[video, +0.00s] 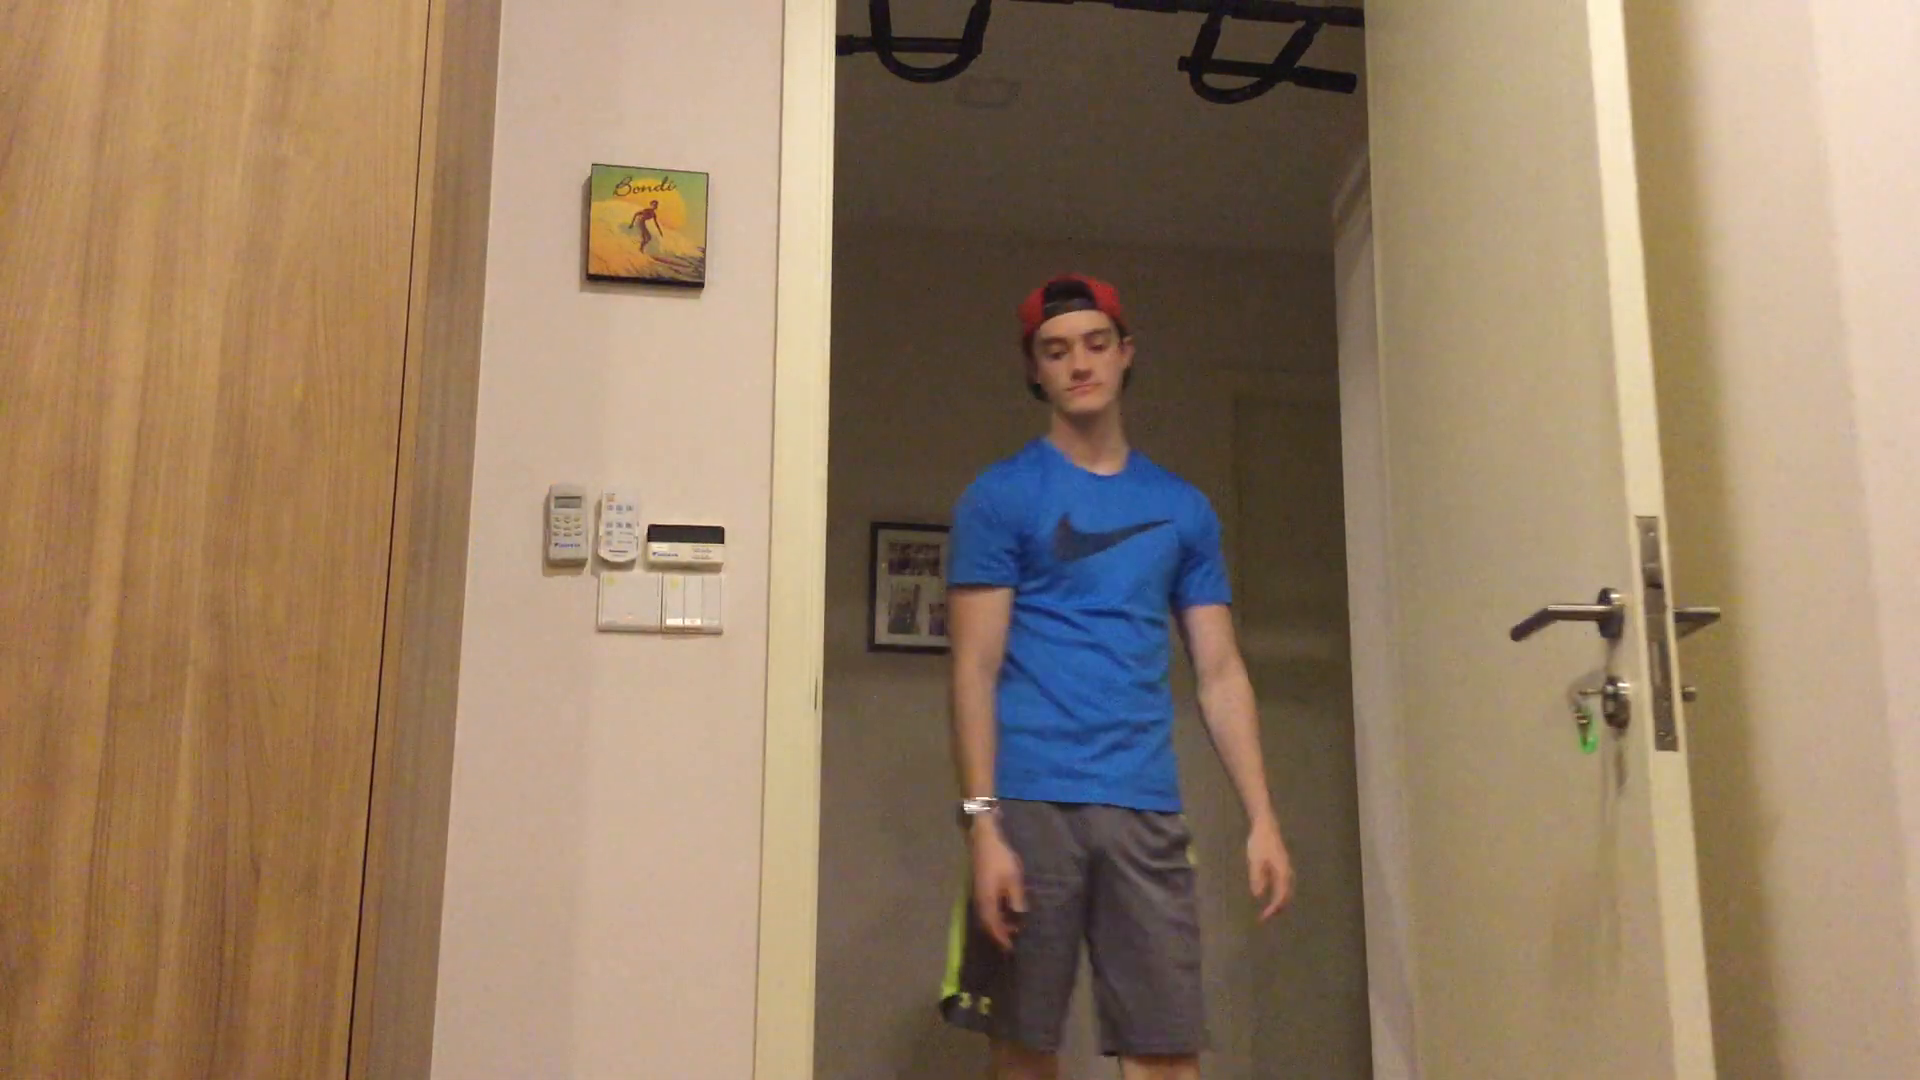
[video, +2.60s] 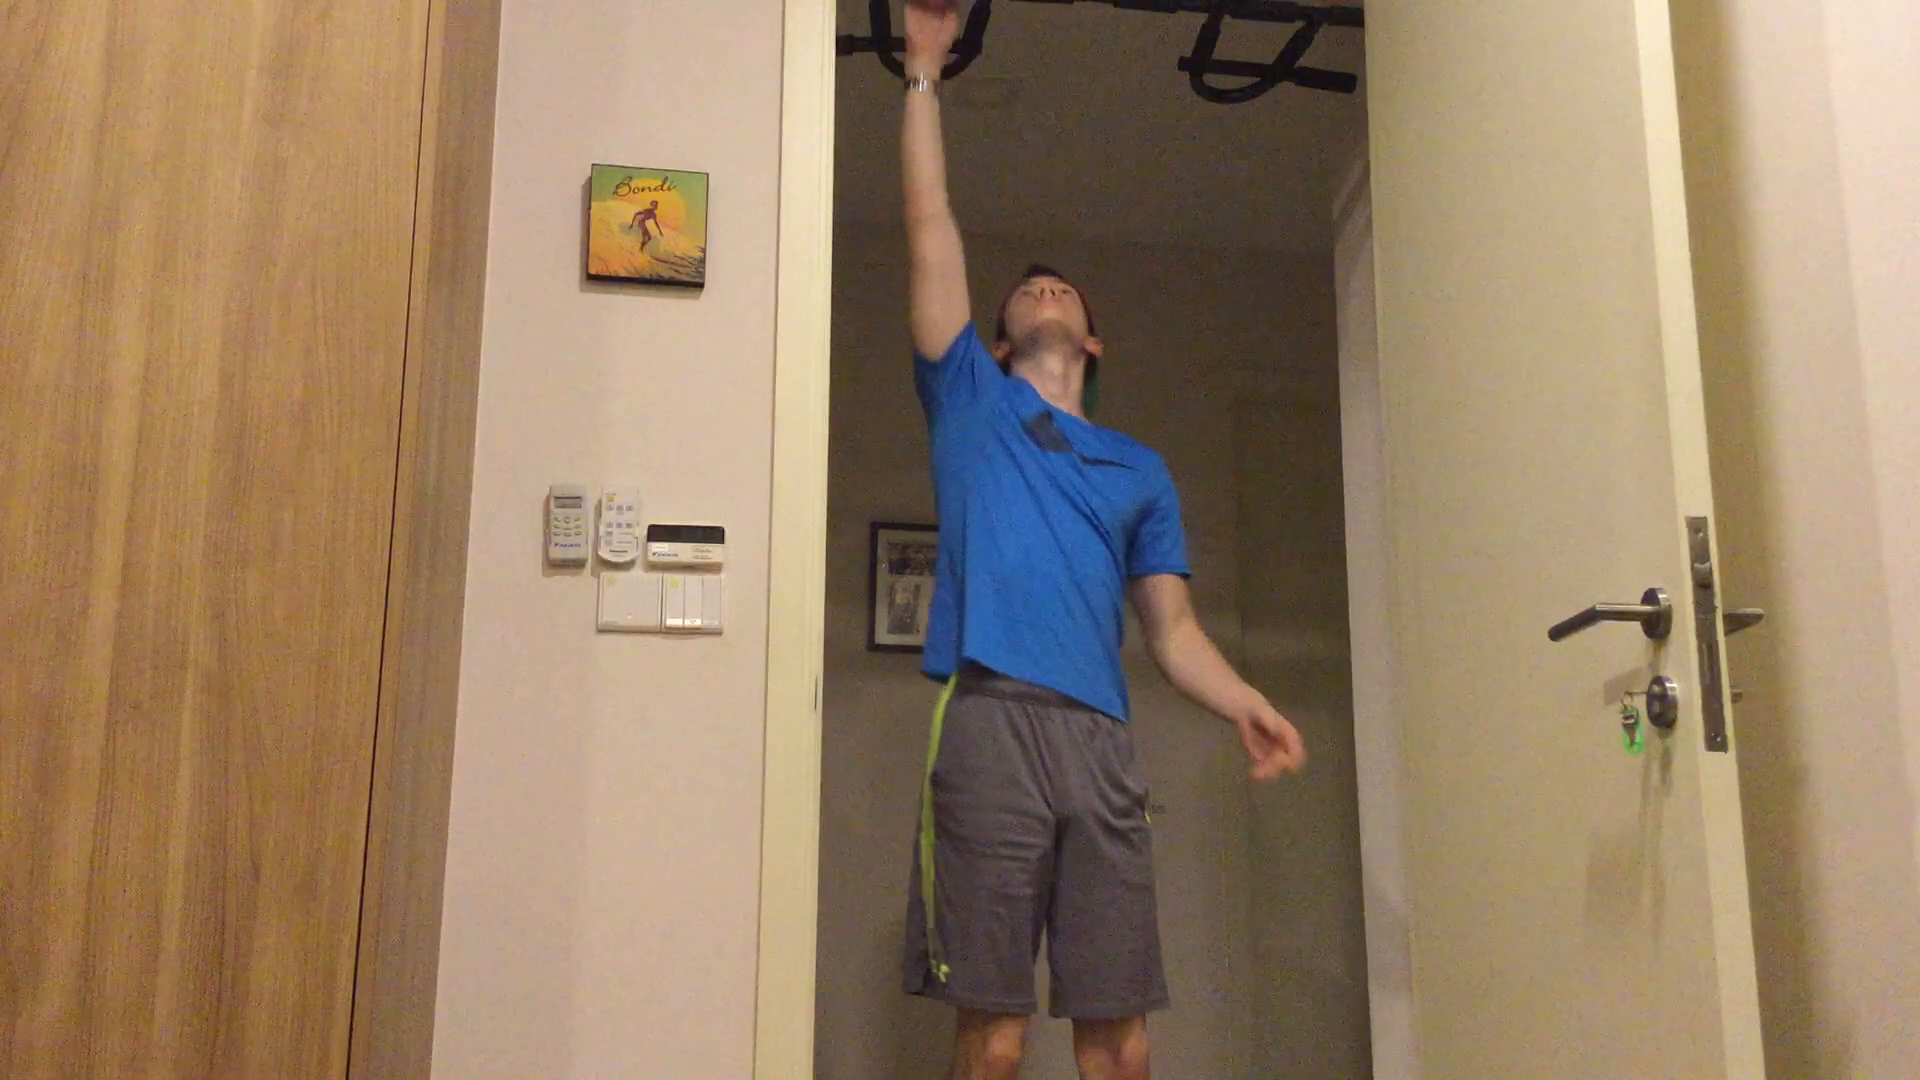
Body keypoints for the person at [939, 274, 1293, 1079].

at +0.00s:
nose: (1079, 361)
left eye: (1095, 342)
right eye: (1057, 348)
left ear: (1126, 354)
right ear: (1035, 372)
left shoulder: (1182, 508)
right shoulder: (1001, 497)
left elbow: (1220, 672)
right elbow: (974, 668)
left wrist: (1262, 818)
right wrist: (982, 823)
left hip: (1148, 814)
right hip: (1031, 812)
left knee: (1168, 1057)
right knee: (1024, 1052)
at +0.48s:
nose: (1062, 383)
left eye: (1080, 359)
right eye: (1043, 364)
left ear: (1119, 359)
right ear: (1025, 372)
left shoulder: (1187, 499)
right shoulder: (989, 500)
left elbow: (1198, 675)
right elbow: (953, 657)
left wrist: (1188, 836)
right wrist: (882, 689)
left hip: (1120, 818)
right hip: (998, 809)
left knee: (1125, 1057)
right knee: (993, 1050)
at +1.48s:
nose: (1132, 314)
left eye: (1151, 313)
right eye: (1113, 317)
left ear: (1189, 364)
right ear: (1096, 375)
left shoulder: (1244, 500)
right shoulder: (1045, 487)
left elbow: (1253, 671)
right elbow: (989, 642)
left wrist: (1334, 785)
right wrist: (916, 599)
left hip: (1160, 815)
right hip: (1036, 802)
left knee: (1151, 1062)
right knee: (1023, 1056)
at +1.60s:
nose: (1126, 318)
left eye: (1147, 315)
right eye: (1110, 321)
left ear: (1186, 365)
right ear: (1096, 382)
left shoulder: (1243, 499)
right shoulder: (1048, 479)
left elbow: (1257, 669)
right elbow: (943, 587)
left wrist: (1337, 784)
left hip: (1167, 814)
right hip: (1042, 802)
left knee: (1156, 1063)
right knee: (1035, 1057)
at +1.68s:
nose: (1127, 321)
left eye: (1149, 319)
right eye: (1112, 324)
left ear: (1188, 368)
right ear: (1097, 382)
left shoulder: (1243, 503)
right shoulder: (1050, 467)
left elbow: (1256, 672)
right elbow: (913, 501)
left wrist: (1341, 792)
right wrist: (917, 358)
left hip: (1169, 812)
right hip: (1046, 797)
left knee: (1156, 1063)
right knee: (1046, 1055)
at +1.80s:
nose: (1118, 324)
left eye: (1140, 321)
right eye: (1106, 327)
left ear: (1184, 371)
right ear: (1093, 381)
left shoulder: (1235, 508)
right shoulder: (1049, 452)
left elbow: (1247, 676)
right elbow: (913, 379)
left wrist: (1337, 788)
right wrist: (927, 226)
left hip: (1168, 801)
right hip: (1050, 783)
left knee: (1158, 1061)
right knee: (1064, 1048)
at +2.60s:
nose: (1041, 289)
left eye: (1059, 288)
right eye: (1027, 291)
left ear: (1093, 343)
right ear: (1002, 339)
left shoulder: (1139, 468)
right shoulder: (968, 392)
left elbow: (1171, 626)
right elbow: (930, 222)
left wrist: (1245, 705)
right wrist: (924, 74)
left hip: (1102, 742)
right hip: (987, 728)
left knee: (1119, 1043)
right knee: (996, 1040)